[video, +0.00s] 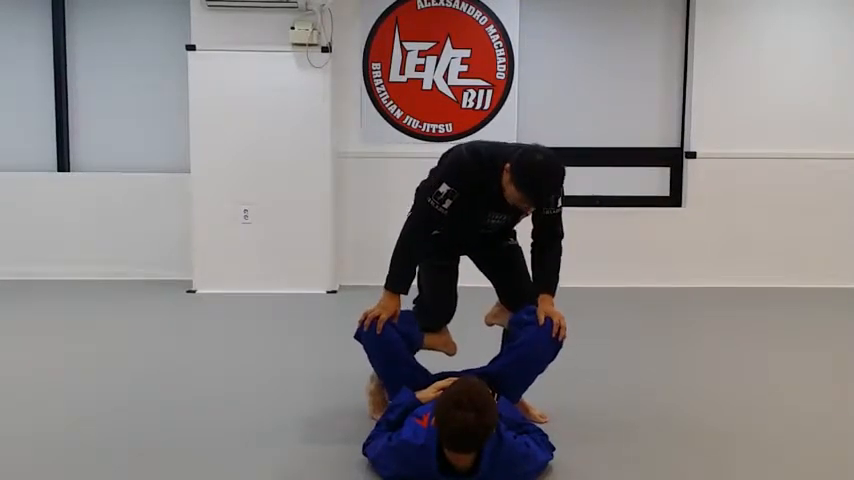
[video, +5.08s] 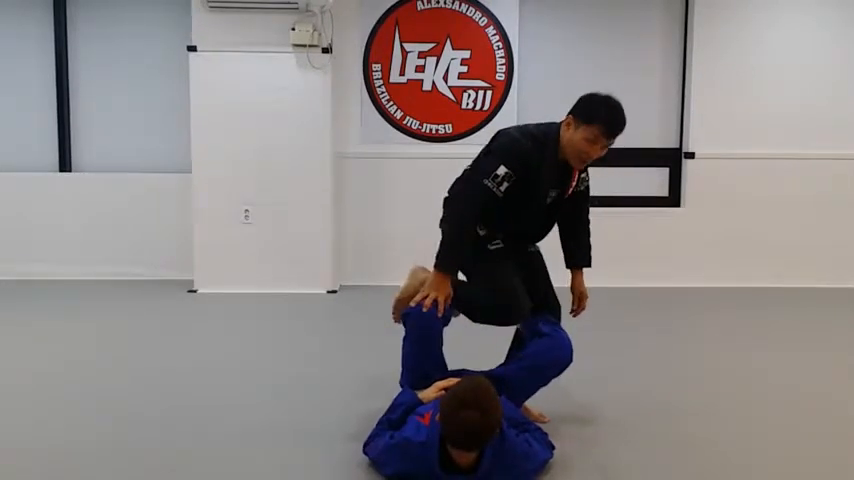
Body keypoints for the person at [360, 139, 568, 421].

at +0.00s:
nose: (527, 209)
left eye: (534, 204)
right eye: (523, 200)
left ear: (548, 191)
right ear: (508, 175)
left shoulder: (547, 181)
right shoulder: (465, 163)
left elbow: (548, 238)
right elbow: (417, 226)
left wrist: (546, 298)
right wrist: (392, 295)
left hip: (493, 233)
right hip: (442, 231)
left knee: (526, 305)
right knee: (437, 313)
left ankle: (508, 392)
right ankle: (384, 373)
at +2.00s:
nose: (566, 207)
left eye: (576, 203)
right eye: (566, 196)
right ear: (553, 167)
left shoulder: (581, 183)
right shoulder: (501, 160)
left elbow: (573, 239)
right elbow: (446, 215)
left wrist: (564, 304)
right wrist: (416, 283)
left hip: (513, 229)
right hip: (464, 221)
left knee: (534, 311)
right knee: (458, 308)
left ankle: (509, 398)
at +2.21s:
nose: (575, 198)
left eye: (584, 194)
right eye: (574, 187)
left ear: (595, 189)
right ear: (563, 160)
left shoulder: (587, 180)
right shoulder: (513, 156)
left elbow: (580, 233)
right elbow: (458, 213)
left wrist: (571, 292)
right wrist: (425, 281)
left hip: (520, 231)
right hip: (472, 220)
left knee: (535, 311)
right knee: (483, 295)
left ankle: (508, 398)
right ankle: (403, 318)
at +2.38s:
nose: (577, 193)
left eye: (586, 189)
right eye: (576, 182)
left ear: (598, 183)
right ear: (566, 154)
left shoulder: (588, 175)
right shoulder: (517, 153)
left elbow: (584, 228)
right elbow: (462, 211)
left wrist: (575, 286)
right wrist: (430, 279)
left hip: (526, 234)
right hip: (478, 223)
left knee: (538, 316)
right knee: (502, 295)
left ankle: (510, 399)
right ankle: (431, 291)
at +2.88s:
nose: (581, 186)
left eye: (589, 181)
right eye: (580, 175)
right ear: (568, 147)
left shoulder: (583, 171)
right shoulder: (517, 154)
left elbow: (576, 220)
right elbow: (464, 212)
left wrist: (557, 273)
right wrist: (433, 282)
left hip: (522, 237)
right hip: (478, 230)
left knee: (542, 311)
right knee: (519, 305)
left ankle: (508, 396)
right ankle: (458, 320)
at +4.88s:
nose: (582, 163)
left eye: (591, 159)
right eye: (582, 152)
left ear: (601, 155)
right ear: (567, 127)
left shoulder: (577, 163)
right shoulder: (513, 141)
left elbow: (576, 214)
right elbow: (461, 197)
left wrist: (575, 270)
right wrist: (438, 269)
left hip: (517, 240)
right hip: (473, 234)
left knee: (542, 314)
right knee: (511, 299)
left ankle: (505, 395)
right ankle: (435, 282)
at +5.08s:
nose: (595, 152)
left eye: (603, 147)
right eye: (591, 141)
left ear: (608, 147)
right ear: (568, 125)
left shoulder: (577, 166)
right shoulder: (516, 145)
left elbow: (575, 218)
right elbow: (463, 202)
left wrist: (577, 275)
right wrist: (443, 274)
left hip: (517, 242)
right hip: (474, 236)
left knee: (546, 316)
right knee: (509, 310)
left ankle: (506, 398)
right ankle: (431, 287)